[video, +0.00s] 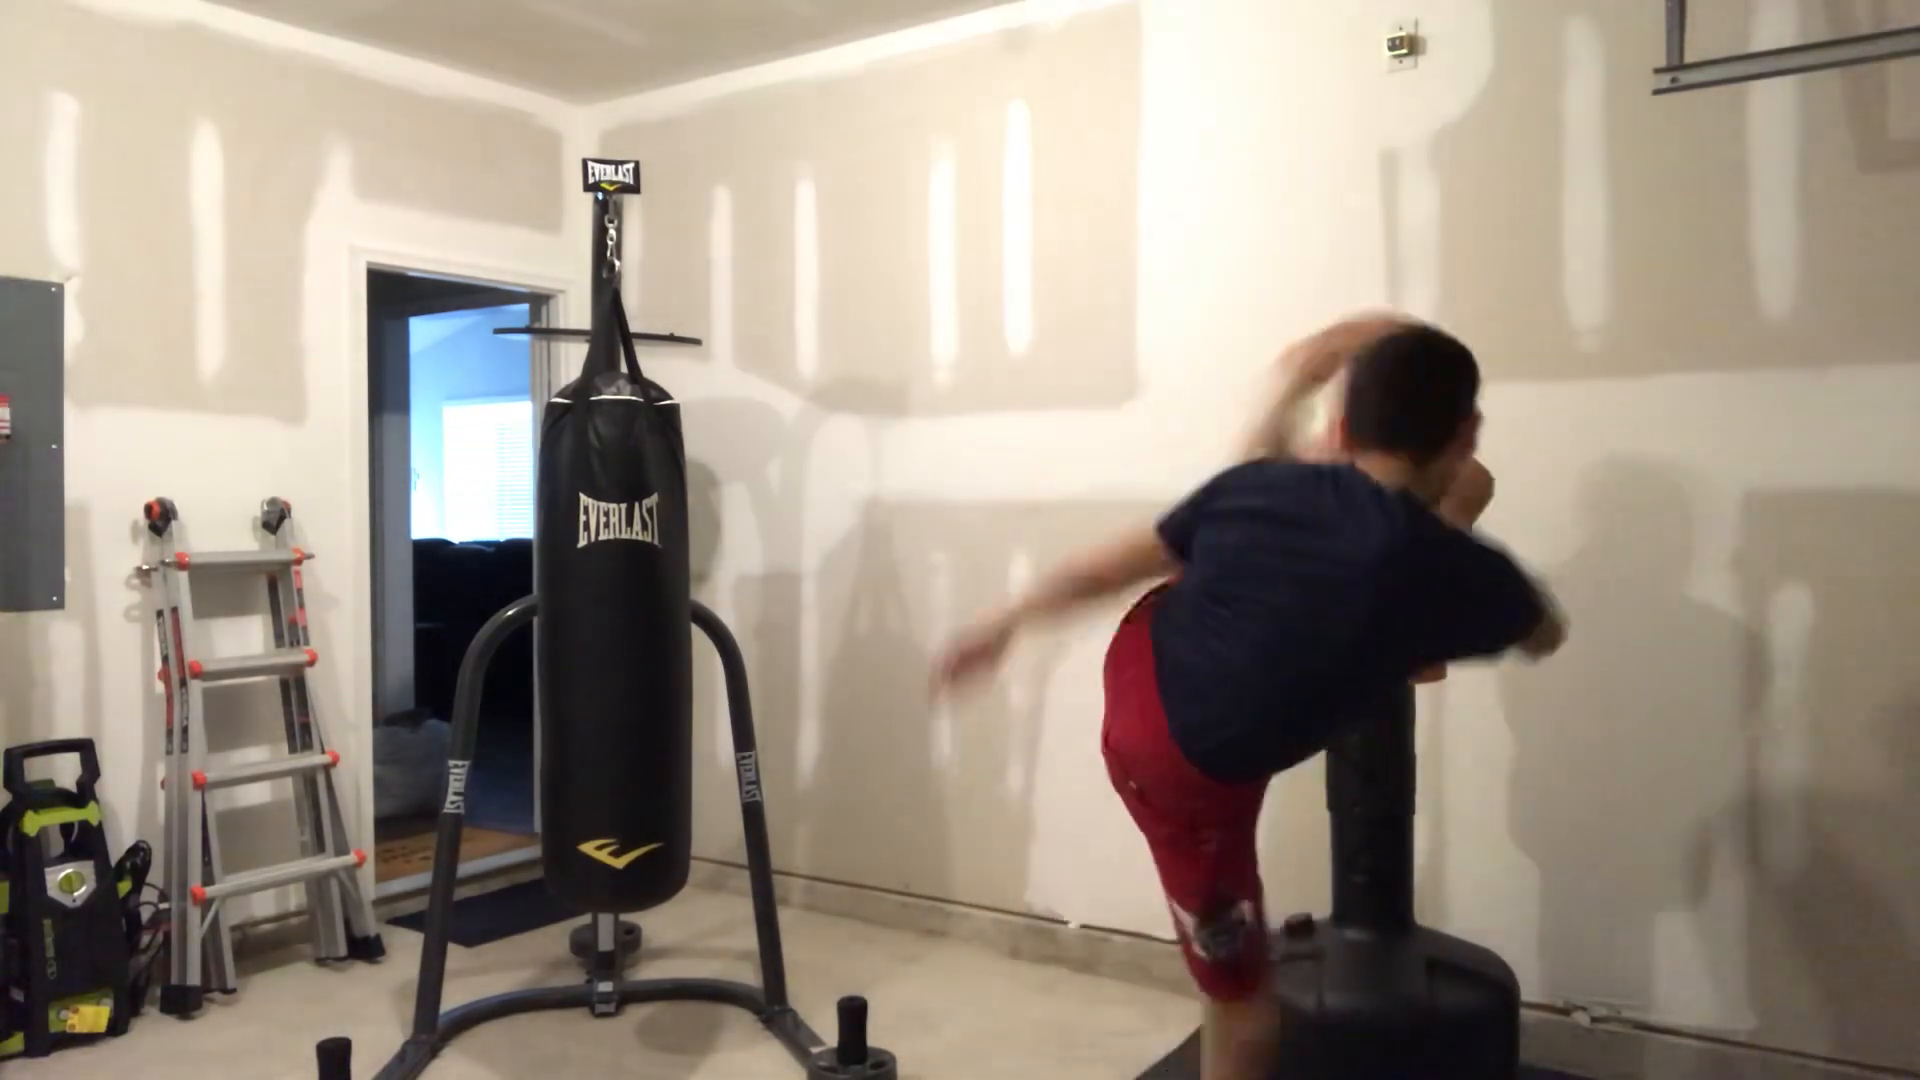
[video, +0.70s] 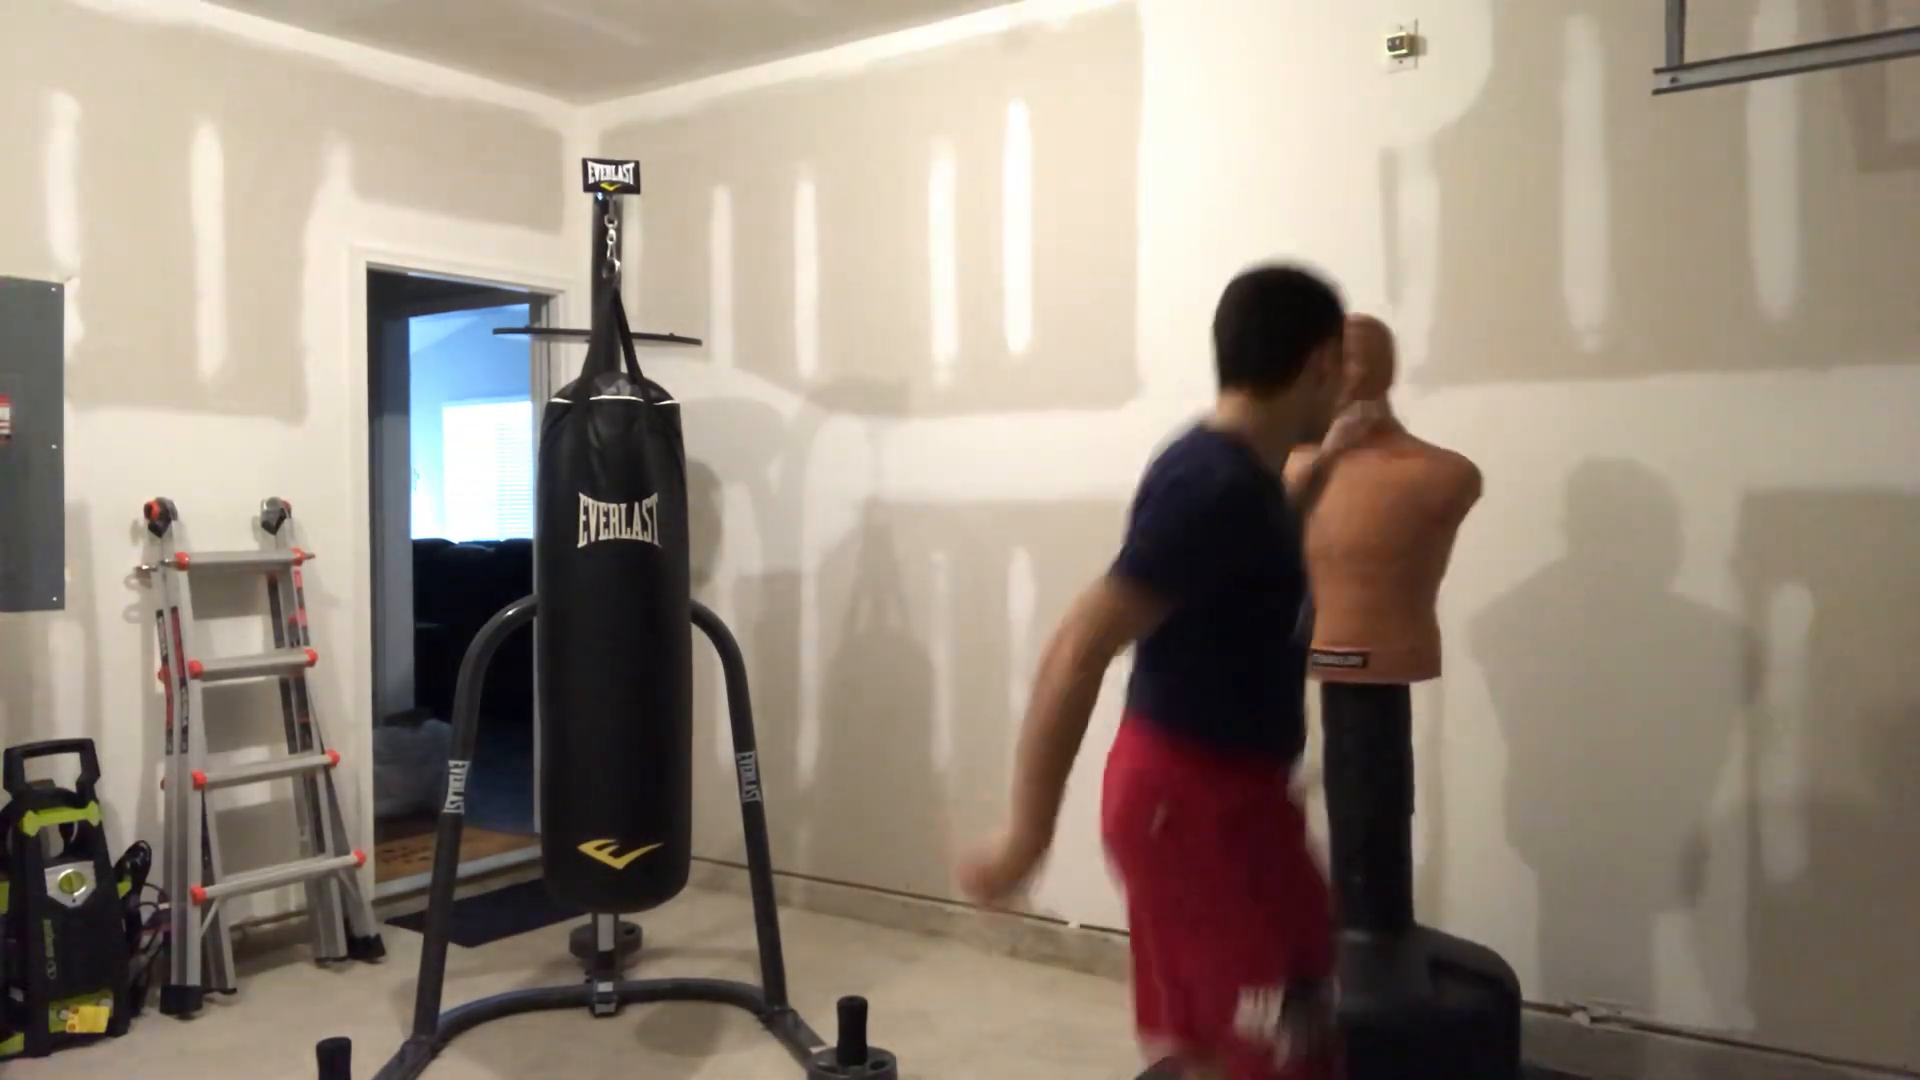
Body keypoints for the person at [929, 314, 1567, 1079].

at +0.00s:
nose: (1475, 436)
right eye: (1473, 422)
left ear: (1343, 428)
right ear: (1459, 442)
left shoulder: (1270, 489)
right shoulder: (1439, 563)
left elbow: (1118, 565)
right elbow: (1547, 635)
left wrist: (1005, 621)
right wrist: (1450, 530)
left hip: (1133, 667)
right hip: (1186, 785)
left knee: (1246, 506)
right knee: (1241, 1022)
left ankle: (1287, 379)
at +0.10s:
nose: (1486, 475)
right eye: (1481, 463)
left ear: (1359, 443)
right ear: (1468, 480)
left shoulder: (1269, 507)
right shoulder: (1433, 612)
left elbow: (1117, 608)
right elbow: (1532, 698)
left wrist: (1009, 691)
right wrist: (1460, 588)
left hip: (1142, 695)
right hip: (1192, 798)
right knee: (1234, 1019)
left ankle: (1309, 415)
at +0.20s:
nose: (1490, 488)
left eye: (1494, 475)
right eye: (1486, 476)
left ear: (1365, 450)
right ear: (1473, 495)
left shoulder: (1281, 511)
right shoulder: (1425, 643)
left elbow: (1149, 576)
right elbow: (1559, 791)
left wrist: (1049, 621)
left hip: (1148, 679)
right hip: (1190, 800)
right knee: (1250, 1030)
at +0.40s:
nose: (1432, 424)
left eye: (1432, 405)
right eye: (1432, 406)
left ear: (1322, 394)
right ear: (1411, 411)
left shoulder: (1246, 464)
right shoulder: (1352, 535)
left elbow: (1206, 465)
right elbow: (1367, 728)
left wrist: (1311, 399)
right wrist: (1499, 894)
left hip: (1166, 721)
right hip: (1226, 806)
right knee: (1302, 1042)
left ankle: (1108, 803)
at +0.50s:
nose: (1410, 330)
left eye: (1411, 311)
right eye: (1405, 310)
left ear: (1300, 299)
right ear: (1378, 315)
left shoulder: (1239, 390)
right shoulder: (1307, 426)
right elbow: (1224, 602)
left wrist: (1374, 374)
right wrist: (1202, 769)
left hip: (1181, 687)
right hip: (1247, 724)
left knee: (1203, 854)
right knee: (1282, 1007)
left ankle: (1106, 990)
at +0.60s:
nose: (1374, 326)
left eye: (1376, 306)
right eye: (1371, 305)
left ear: (1271, 293)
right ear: (1342, 305)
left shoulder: (1222, 374)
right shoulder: (1273, 408)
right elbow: (1144, 578)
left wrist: (1344, 396)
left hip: (1177, 711)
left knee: (1221, 947)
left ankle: (1169, 1071)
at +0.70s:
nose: (1342, 376)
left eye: (1342, 358)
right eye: (1340, 357)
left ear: (1238, 352)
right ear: (1320, 362)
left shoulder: (1245, 467)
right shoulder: (1212, 477)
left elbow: (1256, 563)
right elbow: (1078, 644)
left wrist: (1319, 469)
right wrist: (1027, 833)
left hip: (1232, 785)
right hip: (1190, 794)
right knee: (1207, 1041)